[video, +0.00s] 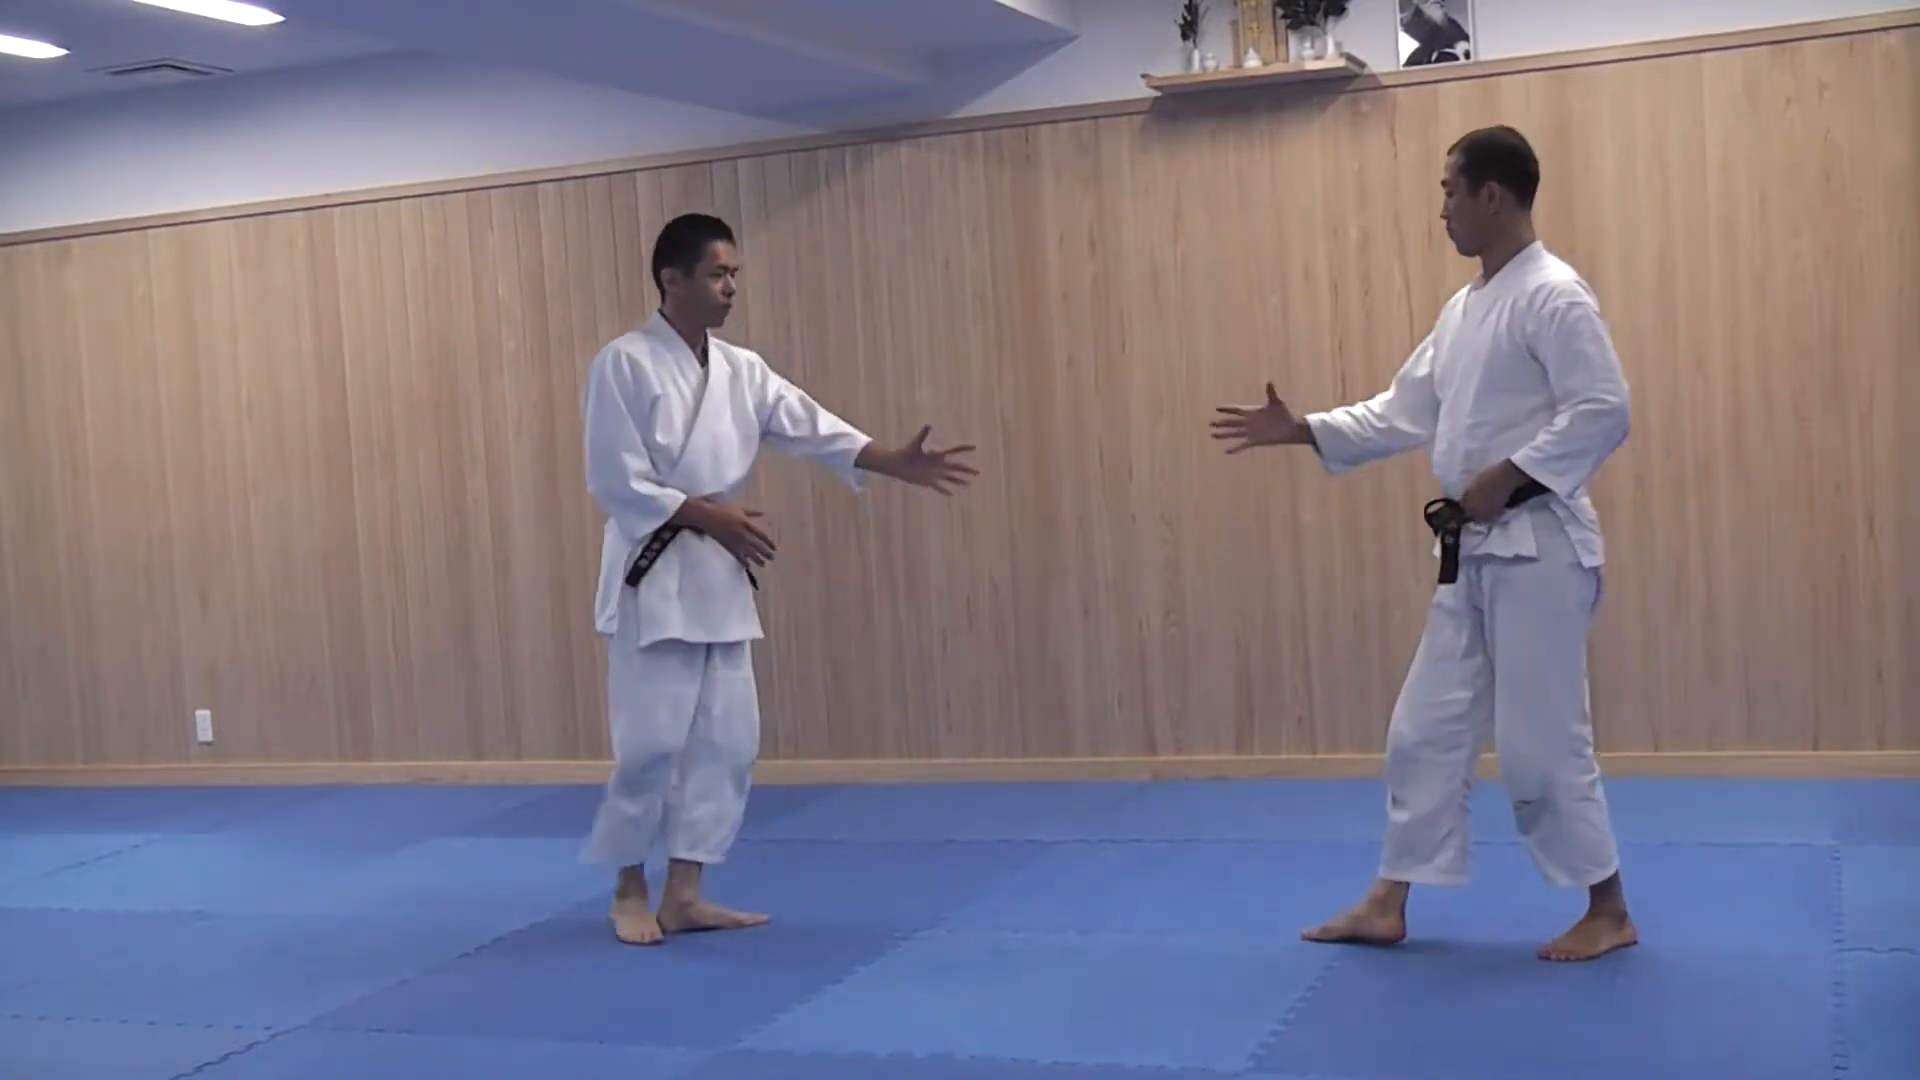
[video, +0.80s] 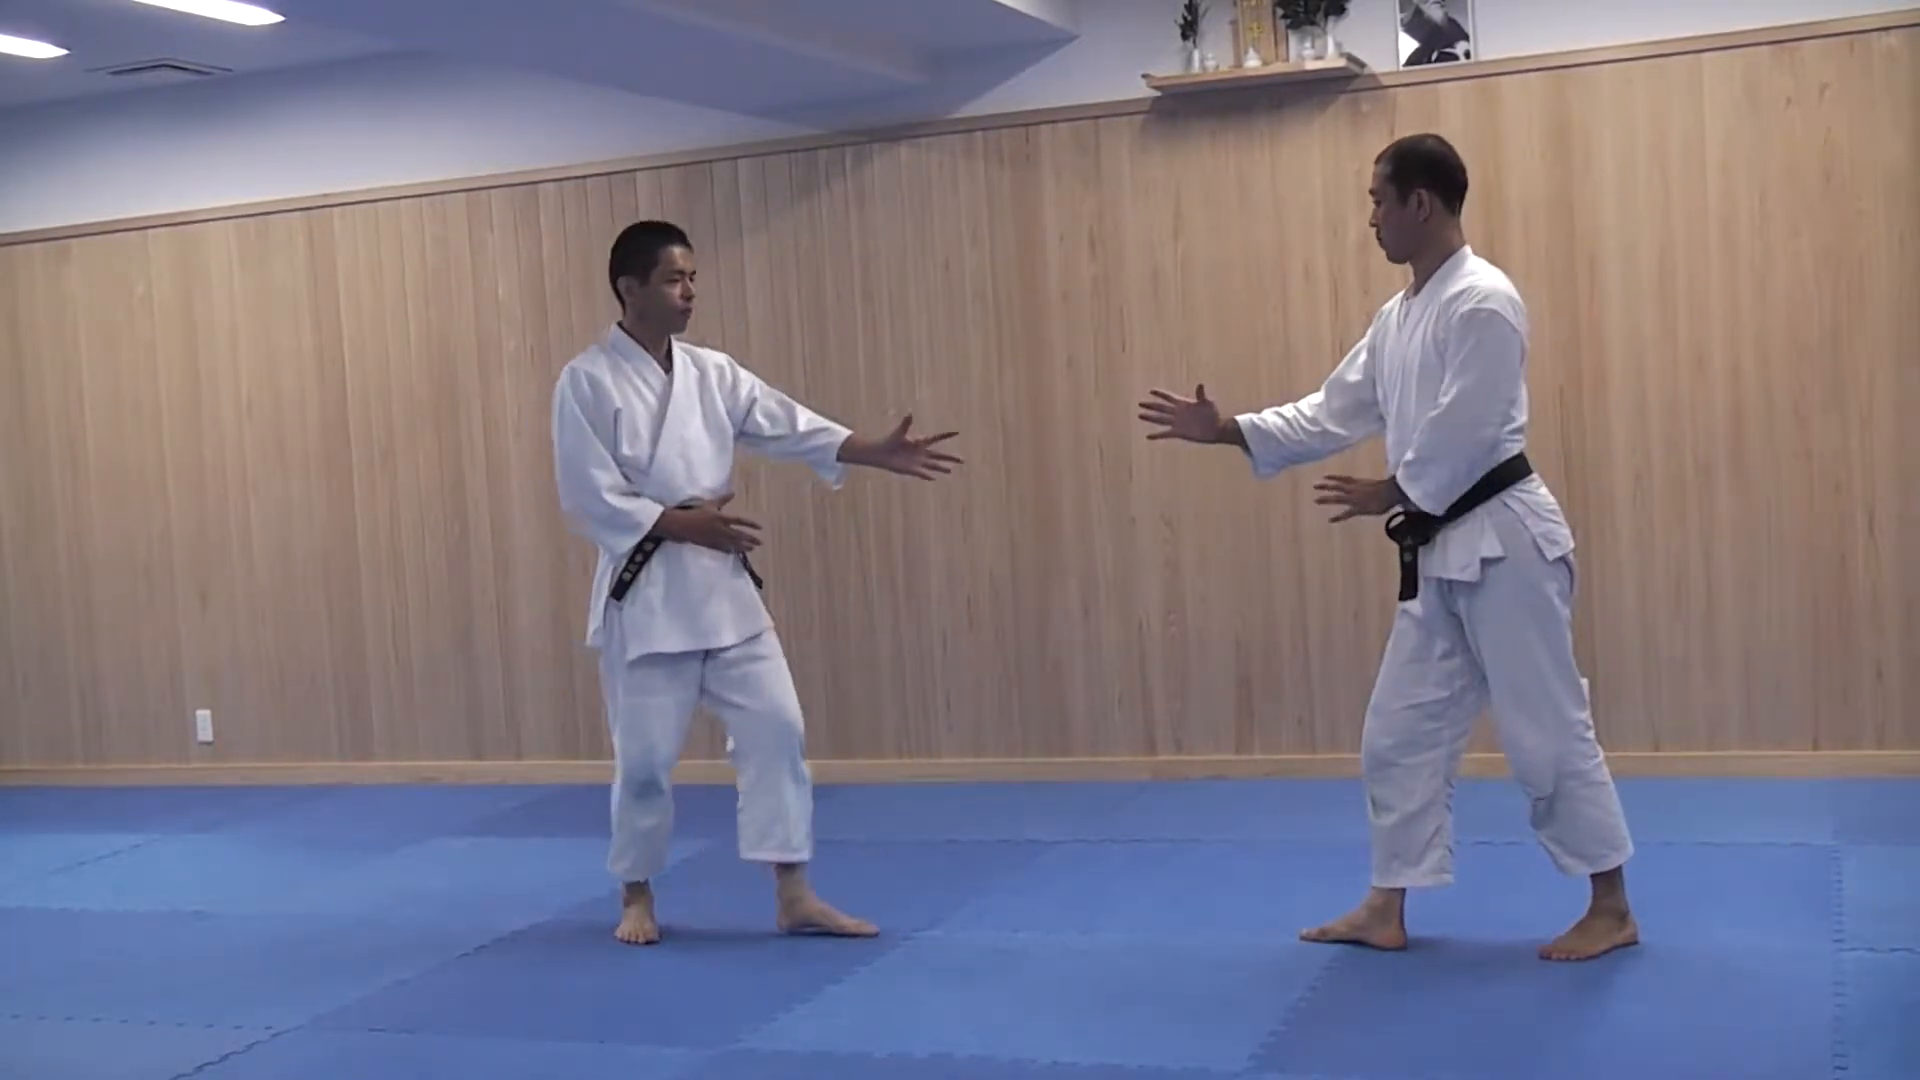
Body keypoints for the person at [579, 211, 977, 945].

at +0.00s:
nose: (732, 287)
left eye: (735, 274)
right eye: (718, 274)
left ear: (731, 279)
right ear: (670, 280)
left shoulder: (741, 368)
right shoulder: (624, 364)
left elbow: (811, 425)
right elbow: (618, 480)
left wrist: (892, 460)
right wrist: (709, 516)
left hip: (723, 575)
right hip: (654, 579)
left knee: (727, 741)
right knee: (650, 743)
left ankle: (682, 896)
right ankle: (630, 893)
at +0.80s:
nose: (688, 292)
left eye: (691, 279)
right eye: (673, 280)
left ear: (690, 285)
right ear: (627, 288)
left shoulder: (710, 370)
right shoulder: (587, 380)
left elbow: (787, 422)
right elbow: (589, 496)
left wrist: (870, 450)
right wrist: (684, 525)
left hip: (723, 581)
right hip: (646, 591)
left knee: (779, 725)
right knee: (645, 759)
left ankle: (795, 895)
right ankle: (637, 901)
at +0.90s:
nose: (709, 298)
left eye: (712, 286)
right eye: (694, 286)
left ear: (711, 292)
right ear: (647, 294)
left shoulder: (732, 377)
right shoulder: (605, 385)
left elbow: (810, 426)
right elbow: (604, 500)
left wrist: (896, 452)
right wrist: (698, 529)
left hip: (744, 586)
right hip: (666, 595)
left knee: (814, 730)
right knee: (659, 764)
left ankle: (861, 895)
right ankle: (638, 905)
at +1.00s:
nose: (739, 306)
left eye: (742, 293)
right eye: (724, 294)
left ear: (740, 300)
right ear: (677, 302)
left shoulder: (762, 385)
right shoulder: (634, 394)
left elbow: (843, 430)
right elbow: (626, 506)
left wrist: (936, 453)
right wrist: (714, 538)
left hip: (771, 595)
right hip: (691, 604)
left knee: (857, 736)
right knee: (673, 773)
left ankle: (933, 888)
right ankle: (637, 898)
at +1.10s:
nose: (782, 311)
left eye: (785, 299)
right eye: (768, 300)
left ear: (784, 304)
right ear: (720, 308)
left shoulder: (808, 391)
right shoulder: (676, 400)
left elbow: (892, 431)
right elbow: (665, 514)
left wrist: (990, 447)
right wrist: (754, 544)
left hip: (813, 604)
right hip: (729, 612)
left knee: (908, 739)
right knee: (694, 776)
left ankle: (992, 887)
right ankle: (641, 892)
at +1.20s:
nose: (841, 310)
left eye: (844, 297)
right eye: (825, 298)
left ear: (845, 301)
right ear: (778, 305)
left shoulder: (868, 392)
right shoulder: (734, 402)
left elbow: (961, 426)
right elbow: (723, 517)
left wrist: (1059, 438)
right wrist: (813, 546)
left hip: (873, 607)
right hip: (787, 612)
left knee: (970, 739)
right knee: (734, 769)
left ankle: (1027, 901)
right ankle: (655, 879)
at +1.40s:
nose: (953, 285)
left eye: (957, 272)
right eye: (937, 272)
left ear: (955, 277)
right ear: (888, 277)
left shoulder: (973, 364)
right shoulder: (837, 370)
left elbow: (1064, 409)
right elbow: (824, 491)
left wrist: (1171, 436)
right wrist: (918, 525)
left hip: (965, 577)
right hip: (882, 579)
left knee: (1031, 732)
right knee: (841, 750)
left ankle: (1034, 900)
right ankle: (764, 878)